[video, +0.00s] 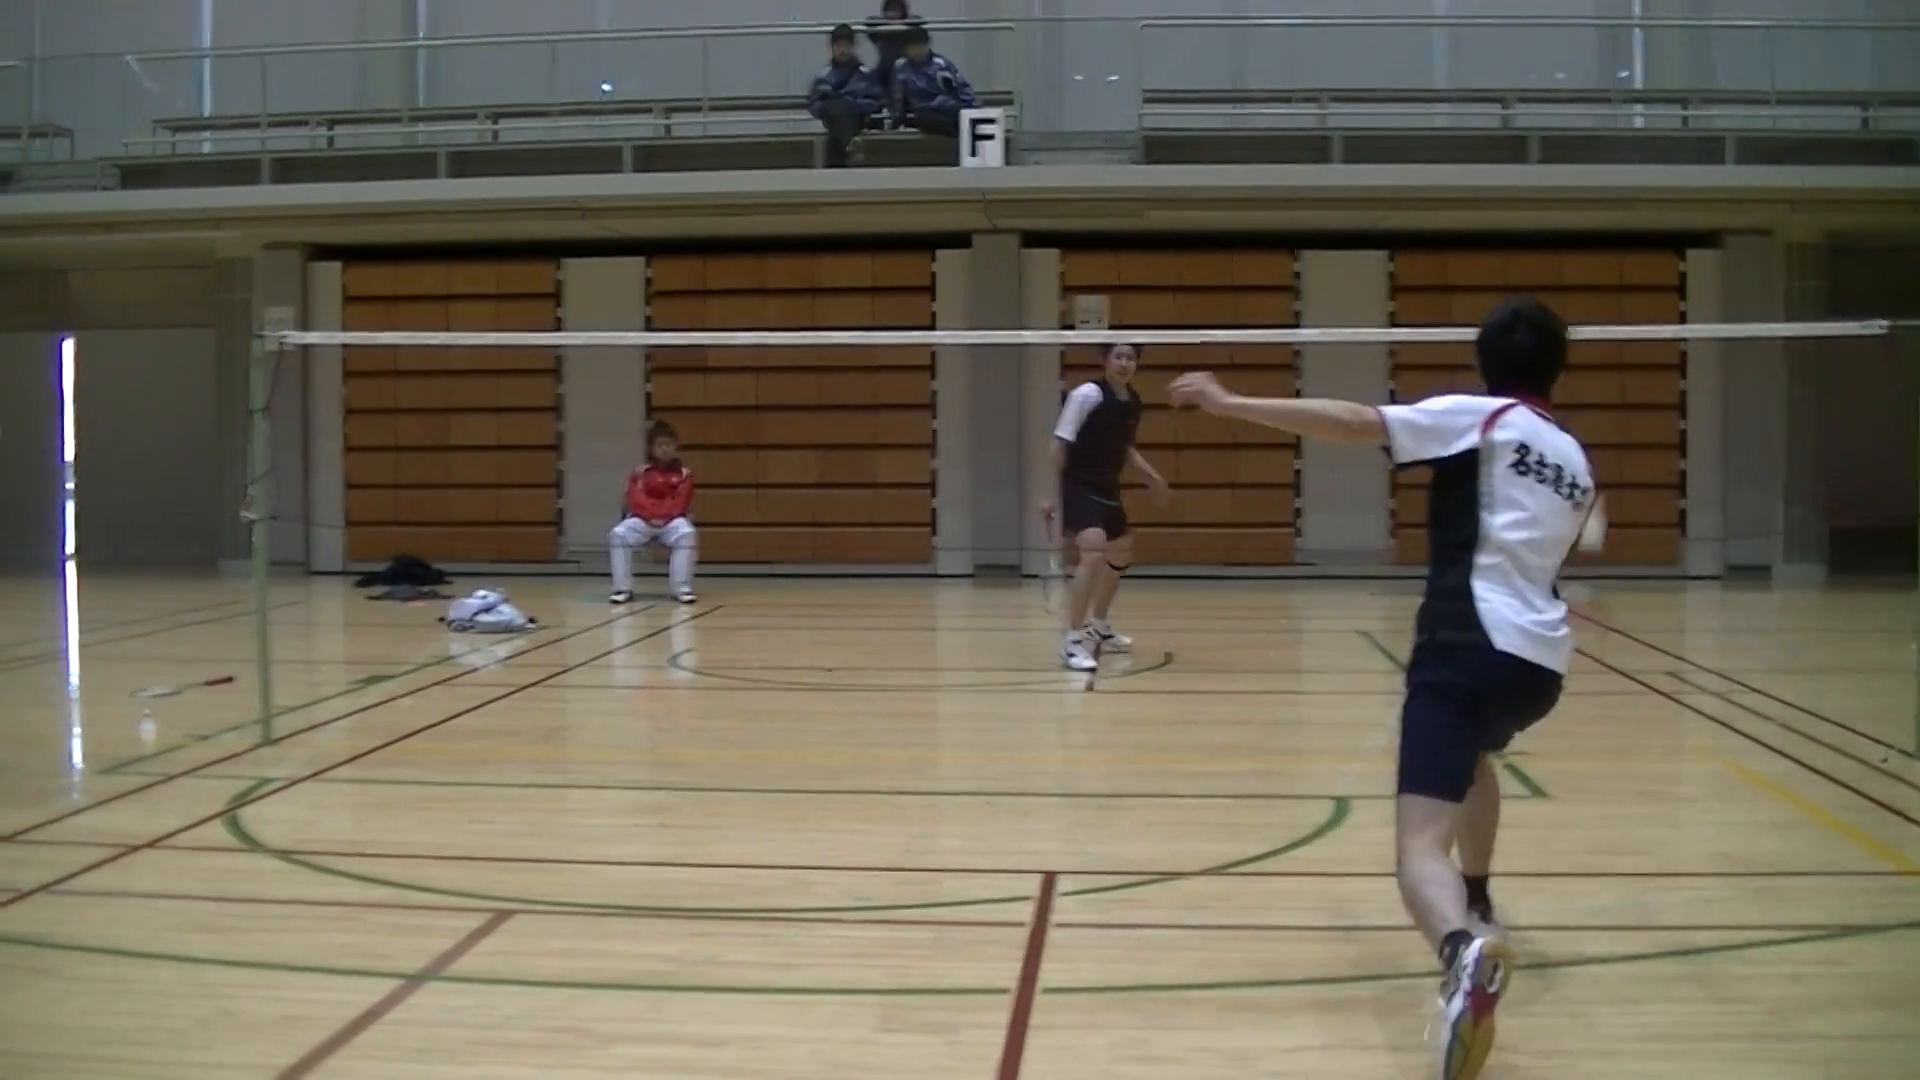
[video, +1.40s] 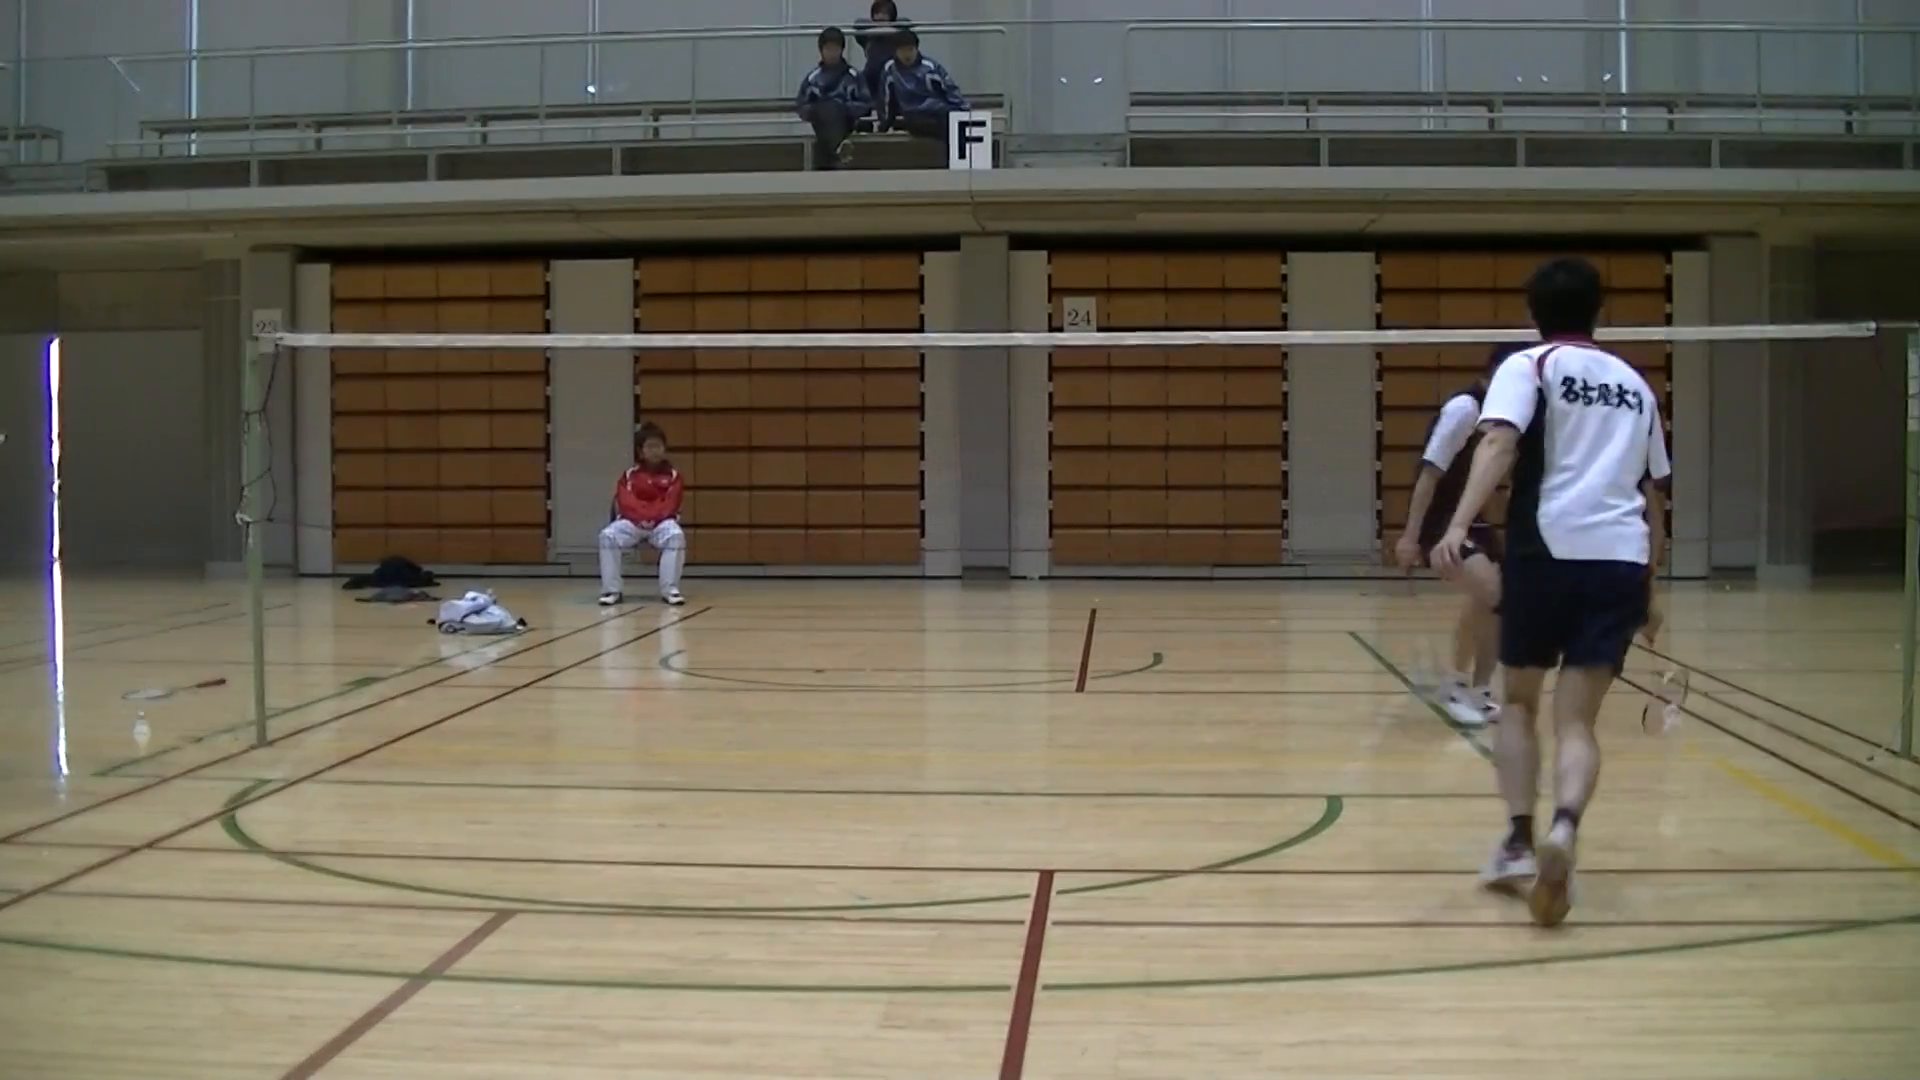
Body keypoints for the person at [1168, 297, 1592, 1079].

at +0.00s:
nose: (1477, 365)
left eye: (1481, 353)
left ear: (1486, 365)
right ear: (1555, 374)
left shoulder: (1472, 415)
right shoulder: (1574, 458)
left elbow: (1357, 420)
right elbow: (1585, 543)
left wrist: (1230, 403)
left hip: (1464, 649)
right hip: (1541, 666)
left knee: (1424, 848)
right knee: (1474, 755)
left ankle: (1460, 952)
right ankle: (1476, 902)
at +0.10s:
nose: (1509, 367)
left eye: (1513, 356)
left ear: (1518, 367)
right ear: (1585, 375)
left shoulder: (1509, 411)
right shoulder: (1605, 456)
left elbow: (1406, 408)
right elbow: (1579, 552)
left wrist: (1280, 384)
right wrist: (1623, 547)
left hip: (1503, 635)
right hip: (1574, 651)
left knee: (1444, 820)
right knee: (1496, 754)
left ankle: (1505, 939)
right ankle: (1509, 906)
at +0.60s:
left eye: (1464, 308)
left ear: (1467, 310)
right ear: (1533, 321)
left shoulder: (1454, 351)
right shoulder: (1569, 400)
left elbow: (1373, 410)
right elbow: (1591, 527)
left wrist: (1271, 464)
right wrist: (1570, 593)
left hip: (1466, 559)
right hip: (1543, 579)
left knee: (1435, 741)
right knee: (1473, 715)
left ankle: (1455, 921)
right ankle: (1498, 866)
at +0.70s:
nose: (1459, 341)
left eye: (1461, 331)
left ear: (1464, 334)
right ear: (1533, 340)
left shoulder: (1447, 377)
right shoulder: (1569, 417)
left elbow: (1388, 454)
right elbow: (1594, 548)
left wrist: (1299, 527)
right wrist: (1567, 632)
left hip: (1453, 582)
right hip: (1534, 598)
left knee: (1424, 763)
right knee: (1480, 735)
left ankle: (1447, 923)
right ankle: (1509, 888)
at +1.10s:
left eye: (1504, 367)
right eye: (1569, 365)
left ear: (1502, 370)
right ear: (1569, 372)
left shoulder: (1472, 418)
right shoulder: (1602, 453)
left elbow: (1415, 505)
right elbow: (1643, 572)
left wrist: (1352, 587)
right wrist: (1650, 671)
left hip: (1476, 610)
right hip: (1561, 627)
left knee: (1451, 764)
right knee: (1519, 758)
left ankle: (1444, 902)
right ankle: (1514, 903)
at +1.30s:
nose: (1524, 336)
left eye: (1524, 327)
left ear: (1531, 331)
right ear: (1594, 334)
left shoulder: (1509, 382)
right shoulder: (1629, 411)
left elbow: (1480, 458)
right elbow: (1643, 527)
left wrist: (1435, 534)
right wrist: (1638, 622)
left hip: (1515, 586)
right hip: (1596, 595)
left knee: (1492, 732)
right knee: (1556, 759)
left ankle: (1472, 843)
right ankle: (1520, 897)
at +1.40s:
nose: (1531, 322)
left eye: (1531, 312)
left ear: (1536, 315)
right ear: (1596, 316)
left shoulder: (1525, 366)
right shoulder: (1637, 387)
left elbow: (1499, 445)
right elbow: (1652, 500)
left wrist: (1458, 525)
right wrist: (1648, 585)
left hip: (1543, 561)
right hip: (1621, 566)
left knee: (1518, 703)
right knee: (1578, 715)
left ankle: (1519, 841)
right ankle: (1565, 827)